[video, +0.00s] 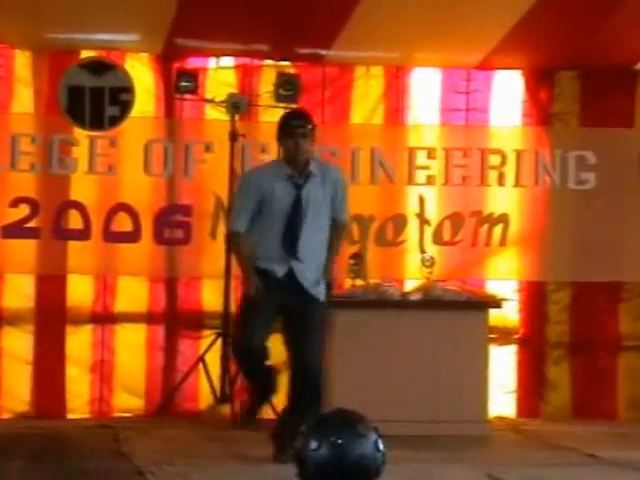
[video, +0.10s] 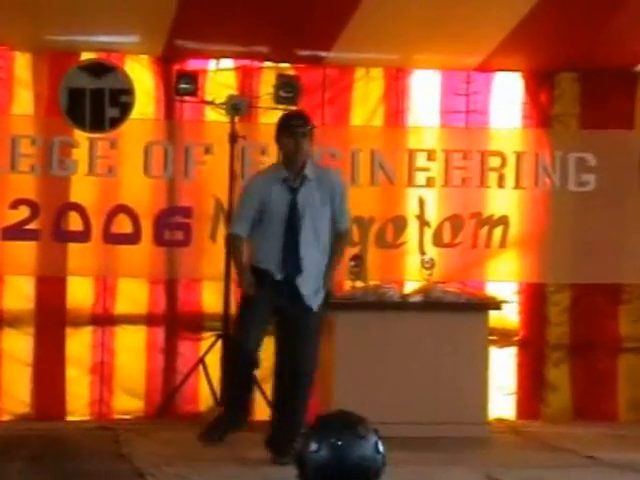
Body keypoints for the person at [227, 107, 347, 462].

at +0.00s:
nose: (300, 145)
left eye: (306, 137)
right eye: (293, 137)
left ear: (314, 141)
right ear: (281, 141)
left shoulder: (331, 180)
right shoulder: (257, 179)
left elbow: (339, 227)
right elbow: (236, 234)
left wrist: (328, 270)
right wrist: (249, 277)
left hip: (309, 280)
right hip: (265, 277)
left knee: (308, 365)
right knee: (247, 343)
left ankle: (293, 434)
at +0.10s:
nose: (296, 147)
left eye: (301, 139)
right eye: (289, 139)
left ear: (311, 141)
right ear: (278, 143)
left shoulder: (330, 184)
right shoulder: (261, 184)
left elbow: (341, 233)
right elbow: (237, 232)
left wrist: (329, 276)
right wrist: (244, 273)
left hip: (307, 287)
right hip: (264, 281)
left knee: (297, 369)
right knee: (241, 346)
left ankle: (284, 439)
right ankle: (233, 412)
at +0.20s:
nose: (295, 137)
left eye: (300, 129)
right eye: (288, 129)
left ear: (309, 131)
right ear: (276, 131)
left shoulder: (329, 172)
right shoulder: (259, 172)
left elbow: (343, 220)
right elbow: (243, 221)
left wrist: (327, 263)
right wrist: (247, 248)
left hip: (310, 275)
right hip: (267, 273)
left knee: (302, 364)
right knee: (255, 357)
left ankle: (291, 442)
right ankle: (240, 440)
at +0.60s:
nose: (310, 150)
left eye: (315, 142)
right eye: (303, 142)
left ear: (321, 139)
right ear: (286, 136)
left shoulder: (328, 171)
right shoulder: (259, 167)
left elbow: (330, 221)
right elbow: (239, 221)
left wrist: (323, 259)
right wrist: (242, 269)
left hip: (308, 273)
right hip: (267, 270)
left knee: (306, 359)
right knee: (264, 354)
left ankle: (260, 424)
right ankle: (280, 433)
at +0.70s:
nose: (309, 156)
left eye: (314, 148)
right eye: (303, 148)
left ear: (319, 145)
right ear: (285, 144)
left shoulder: (327, 179)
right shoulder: (257, 177)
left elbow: (329, 226)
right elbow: (234, 226)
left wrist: (317, 263)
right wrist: (240, 268)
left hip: (301, 283)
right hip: (261, 280)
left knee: (285, 364)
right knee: (251, 358)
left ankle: (240, 435)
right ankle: (273, 432)